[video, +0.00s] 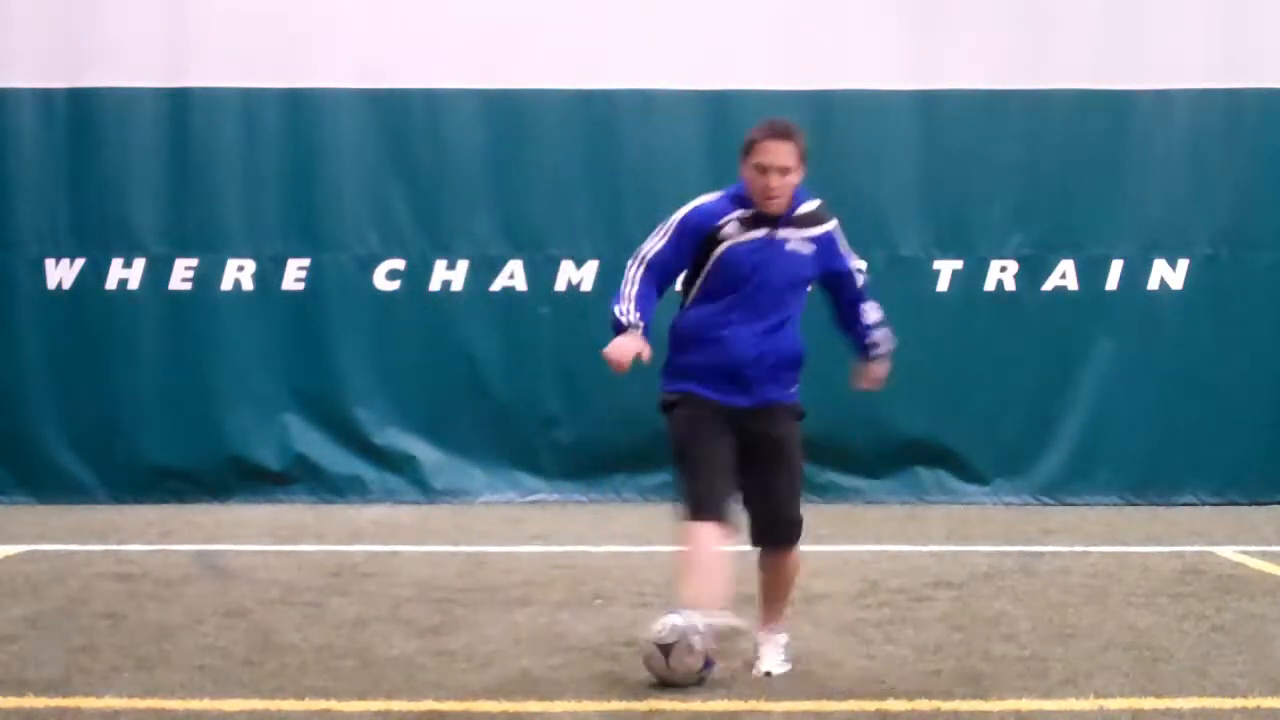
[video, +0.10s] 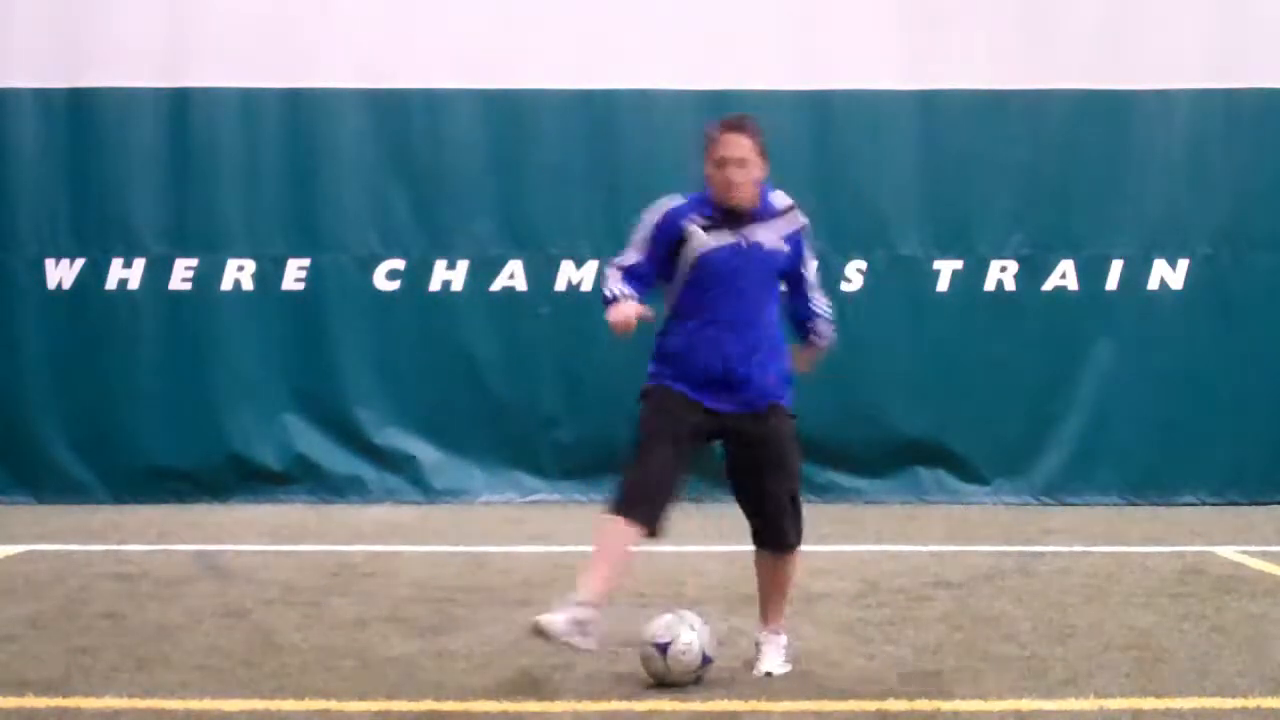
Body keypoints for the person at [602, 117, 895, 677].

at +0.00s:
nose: (773, 181)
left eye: (785, 171)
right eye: (763, 169)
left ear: (801, 173)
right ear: (743, 170)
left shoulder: (817, 223)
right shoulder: (708, 217)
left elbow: (851, 289)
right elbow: (647, 266)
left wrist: (874, 344)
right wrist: (631, 326)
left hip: (771, 394)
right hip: (699, 389)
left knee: (781, 523)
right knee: (708, 505)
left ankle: (772, 635)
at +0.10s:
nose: (733, 174)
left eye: (744, 164)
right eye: (722, 164)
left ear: (763, 167)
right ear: (706, 170)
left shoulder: (786, 221)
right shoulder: (674, 218)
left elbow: (807, 288)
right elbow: (624, 272)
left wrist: (817, 332)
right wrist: (621, 300)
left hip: (758, 396)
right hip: (680, 390)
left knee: (779, 518)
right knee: (642, 489)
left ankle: (772, 636)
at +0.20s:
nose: (686, 147)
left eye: (697, 137)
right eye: (676, 137)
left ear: (720, 138)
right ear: (662, 141)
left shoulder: (751, 191)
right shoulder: (636, 193)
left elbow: (773, 261)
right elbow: (590, 258)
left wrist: (779, 312)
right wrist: (590, 291)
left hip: (733, 371)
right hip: (654, 369)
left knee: (760, 489)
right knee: (605, 479)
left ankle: (770, 611)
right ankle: (564, 608)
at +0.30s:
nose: (647, 155)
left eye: (658, 144)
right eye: (637, 145)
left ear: (681, 144)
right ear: (624, 148)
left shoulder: (718, 195)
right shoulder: (600, 204)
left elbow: (749, 263)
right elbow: (559, 266)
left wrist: (760, 321)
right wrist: (551, 305)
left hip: (703, 365)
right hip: (624, 375)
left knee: (730, 452)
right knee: (590, 498)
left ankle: (736, 568)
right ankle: (592, 620)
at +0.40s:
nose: (612, 186)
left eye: (623, 174)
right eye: (602, 176)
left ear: (645, 175)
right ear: (589, 179)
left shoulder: (680, 224)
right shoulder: (565, 232)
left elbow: (724, 285)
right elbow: (526, 284)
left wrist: (739, 341)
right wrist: (506, 308)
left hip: (666, 380)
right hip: (598, 396)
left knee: (671, 444)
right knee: (587, 524)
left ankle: (707, 568)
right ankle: (602, 631)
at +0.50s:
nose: (582, 187)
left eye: (593, 175)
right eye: (572, 176)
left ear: (616, 173)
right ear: (560, 177)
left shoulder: (654, 219)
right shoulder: (544, 228)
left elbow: (704, 281)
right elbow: (512, 273)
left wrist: (724, 346)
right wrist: (479, 291)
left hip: (646, 369)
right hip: (582, 385)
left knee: (610, 435)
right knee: (573, 518)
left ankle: (670, 556)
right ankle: (602, 624)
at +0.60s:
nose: (562, 174)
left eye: (572, 161)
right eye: (551, 162)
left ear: (595, 158)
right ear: (538, 162)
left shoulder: (635, 201)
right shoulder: (523, 207)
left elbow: (688, 261)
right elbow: (493, 255)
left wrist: (712, 325)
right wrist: (463, 274)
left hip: (626, 357)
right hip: (568, 366)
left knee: (569, 452)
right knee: (557, 489)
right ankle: (633, 587)